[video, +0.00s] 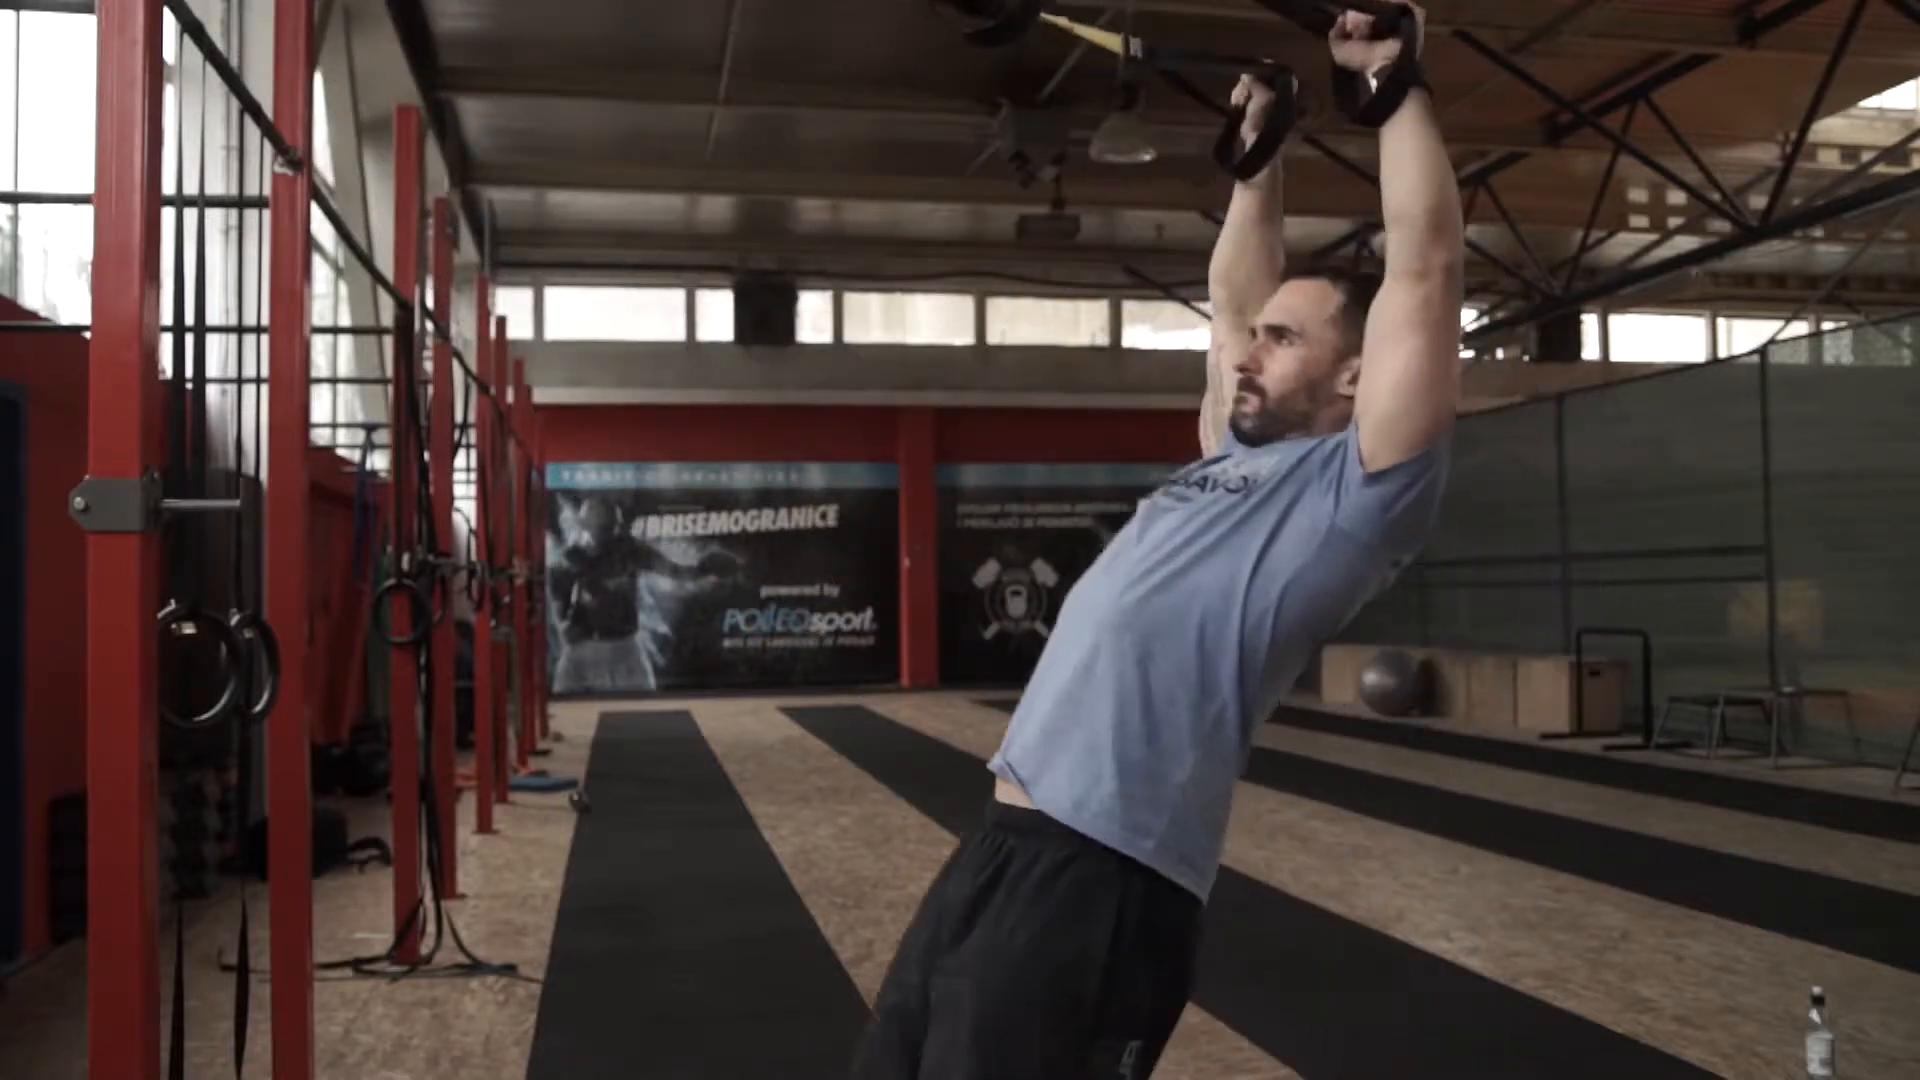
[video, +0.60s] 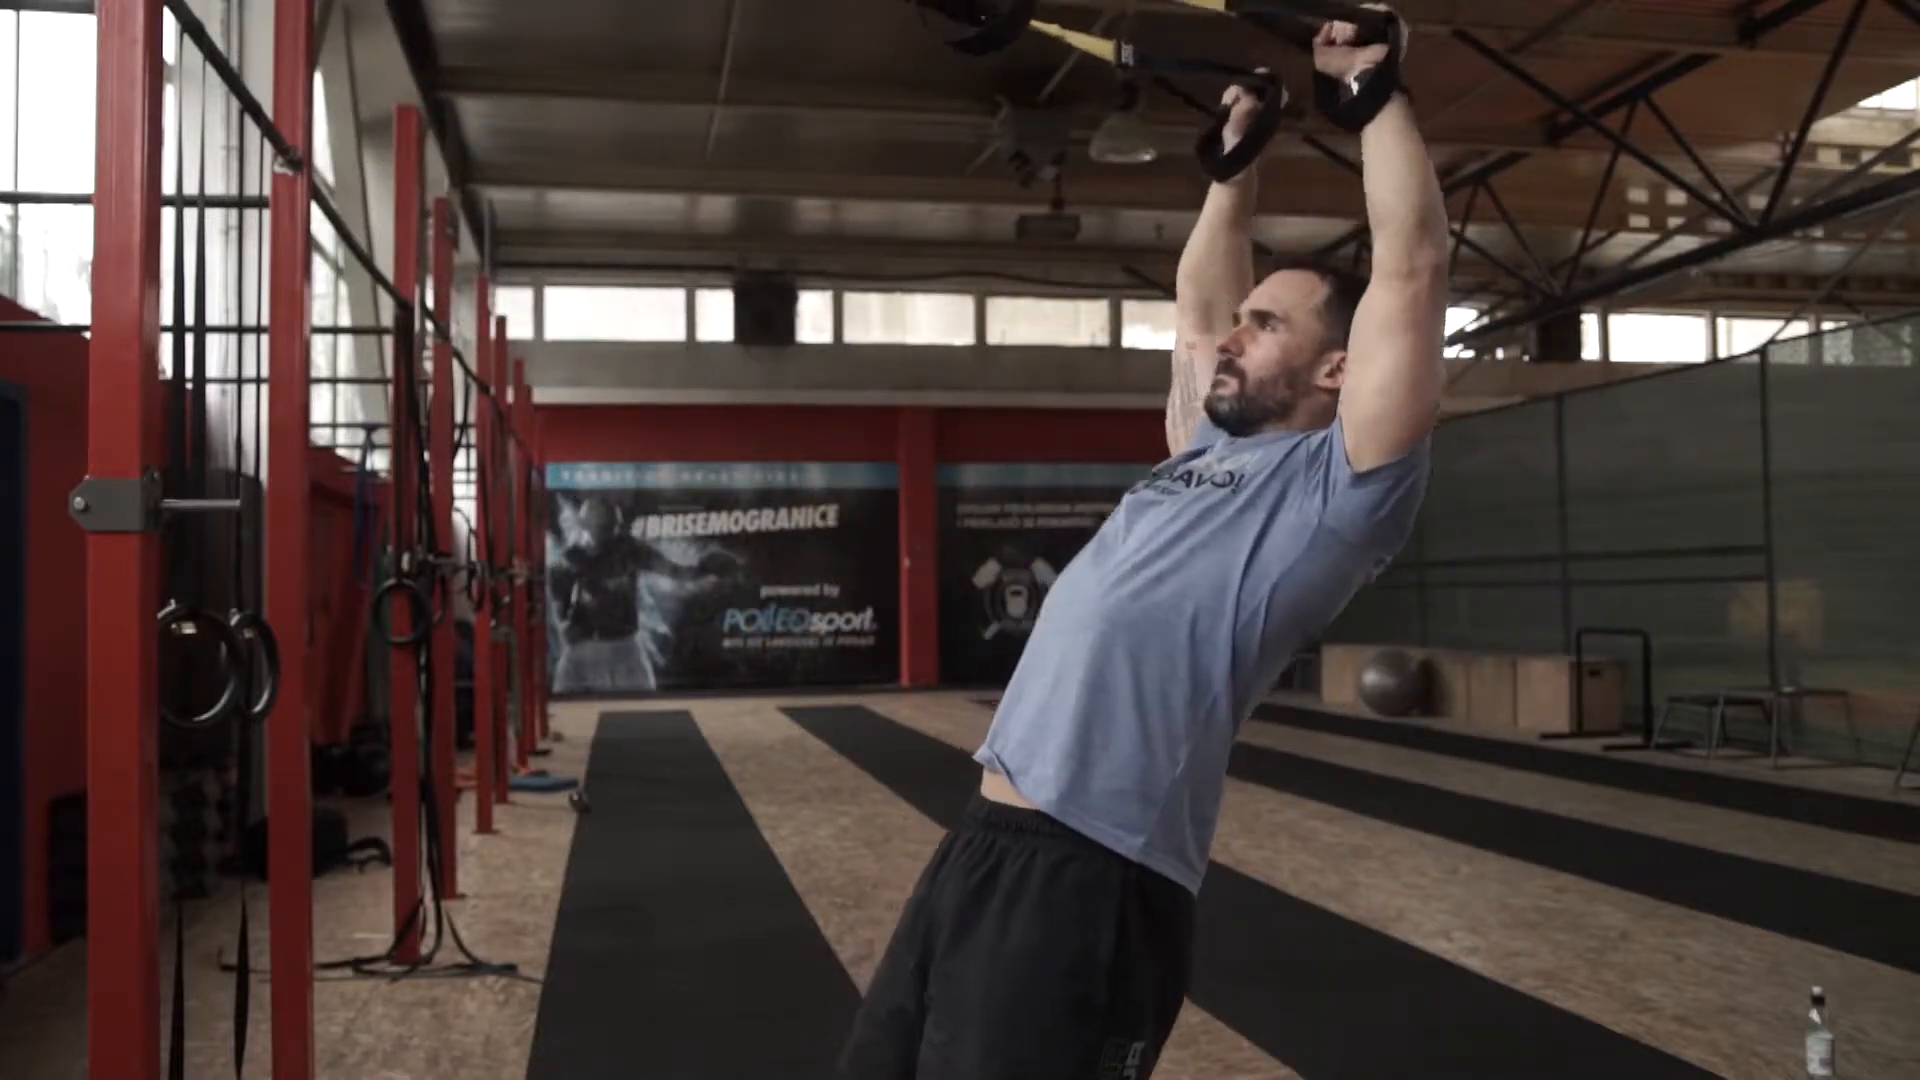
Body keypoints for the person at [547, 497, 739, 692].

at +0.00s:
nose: (600, 526)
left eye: (606, 518)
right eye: (593, 520)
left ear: (615, 519)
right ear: (582, 522)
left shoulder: (630, 549)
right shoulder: (571, 558)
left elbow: (673, 571)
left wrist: (702, 572)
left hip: (625, 648)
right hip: (580, 650)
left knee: (636, 716)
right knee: (573, 718)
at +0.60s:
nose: (602, 529)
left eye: (607, 521)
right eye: (594, 523)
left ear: (615, 520)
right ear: (583, 523)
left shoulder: (629, 549)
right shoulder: (571, 558)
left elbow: (673, 571)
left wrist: (703, 571)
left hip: (625, 649)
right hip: (581, 652)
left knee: (637, 717)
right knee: (573, 719)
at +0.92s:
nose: (601, 529)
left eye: (606, 521)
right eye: (594, 523)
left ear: (615, 520)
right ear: (583, 523)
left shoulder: (629, 549)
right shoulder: (572, 558)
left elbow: (672, 571)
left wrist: (702, 572)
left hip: (625, 648)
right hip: (581, 650)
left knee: (637, 716)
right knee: (573, 718)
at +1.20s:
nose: (600, 533)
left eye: (605, 525)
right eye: (593, 526)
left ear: (614, 523)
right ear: (582, 525)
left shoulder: (627, 549)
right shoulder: (571, 557)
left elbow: (669, 571)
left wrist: (699, 573)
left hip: (623, 648)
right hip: (579, 650)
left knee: (635, 716)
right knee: (571, 718)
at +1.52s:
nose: (583, 549)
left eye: (588, 542)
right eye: (577, 543)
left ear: (595, 540)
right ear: (563, 542)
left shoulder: (607, 566)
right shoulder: (549, 576)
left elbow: (651, 589)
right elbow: (539, 635)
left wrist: (680, 588)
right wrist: (551, 619)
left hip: (603, 669)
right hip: (558, 672)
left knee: (614, 740)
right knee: (549, 741)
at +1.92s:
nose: (550, 613)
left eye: (554, 606)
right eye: (543, 607)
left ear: (561, 605)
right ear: (528, 607)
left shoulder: (573, 632)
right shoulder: (512, 645)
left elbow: (617, 656)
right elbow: (505, 707)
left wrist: (647, 655)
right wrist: (518, 683)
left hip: (569, 735)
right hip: (523, 739)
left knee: (580, 807)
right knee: (513, 808)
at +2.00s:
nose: (544, 619)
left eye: (548, 612)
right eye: (538, 613)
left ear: (555, 609)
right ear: (522, 611)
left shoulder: (567, 636)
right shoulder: (506, 648)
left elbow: (612, 659)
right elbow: (499, 710)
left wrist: (641, 657)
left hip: (563, 739)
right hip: (517, 742)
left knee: (574, 810)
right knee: (508, 812)